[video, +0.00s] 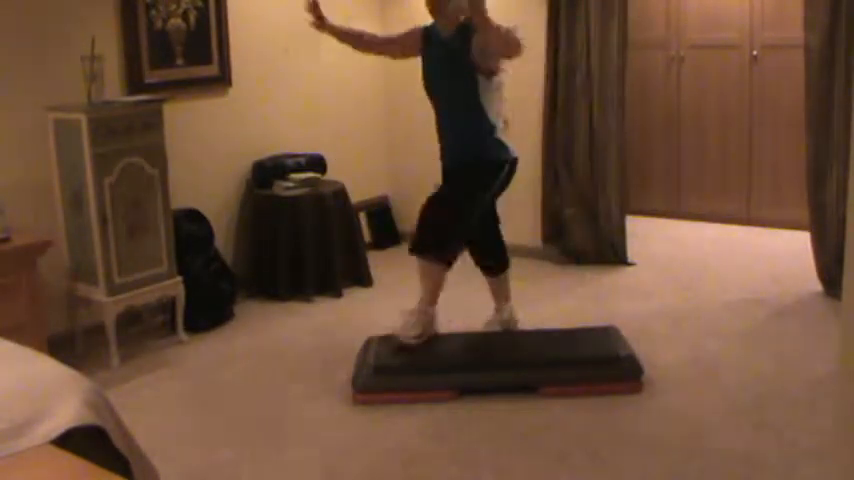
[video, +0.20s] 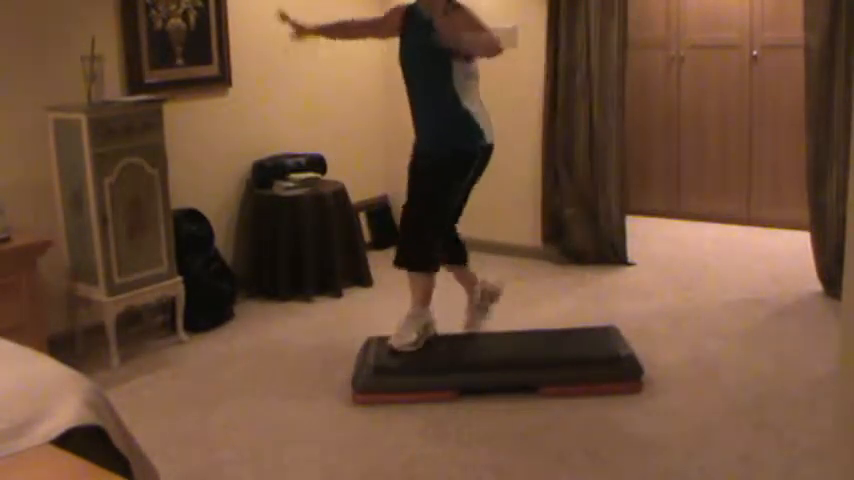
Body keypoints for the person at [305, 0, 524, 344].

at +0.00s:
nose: (433, 7)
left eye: (439, 1)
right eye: (431, 3)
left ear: (460, 3)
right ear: (430, 7)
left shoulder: (480, 34)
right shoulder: (426, 36)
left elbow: (511, 48)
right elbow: (376, 45)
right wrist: (327, 27)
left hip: (490, 158)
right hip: (457, 161)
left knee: (437, 222)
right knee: (484, 236)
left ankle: (424, 315)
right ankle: (505, 314)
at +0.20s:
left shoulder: (452, 13)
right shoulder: (406, 16)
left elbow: (492, 44)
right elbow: (362, 27)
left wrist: (453, 39)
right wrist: (312, 30)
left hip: (465, 141)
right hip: (431, 142)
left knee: (421, 228)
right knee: (431, 227)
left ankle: (420, 318)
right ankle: (477, 290)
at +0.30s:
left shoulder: (449, 8)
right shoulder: (397, 8)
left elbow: (493, 48)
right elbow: (364, 32)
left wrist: (476, 86)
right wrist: (328, 59)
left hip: (460, 129)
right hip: (423, 128)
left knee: (429, 217)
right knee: (391, 212)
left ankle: (420, 315)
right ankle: (454, 261)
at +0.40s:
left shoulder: (442, 9)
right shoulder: (394, 10)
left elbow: (492, 57)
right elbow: (385, 47)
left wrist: (487, 117)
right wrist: (366, 86)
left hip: (456, 131)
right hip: (417, 123)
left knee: (425, 219)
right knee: (362, 173)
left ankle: (421, 315)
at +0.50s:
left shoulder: (441, 21)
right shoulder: (387, 18)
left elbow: (490, 71)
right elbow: (400, 77)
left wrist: (490, 131)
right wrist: (398, 124)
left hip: (451, 136)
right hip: (411, 128)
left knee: (418, 221)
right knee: (351, 155)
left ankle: (420, 316)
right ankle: (403, 209)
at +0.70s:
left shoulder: (450, 17)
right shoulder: (387, 11)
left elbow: (498, 66)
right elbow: (365, 47)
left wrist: (513, 109)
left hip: (444, 134)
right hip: (401, 128)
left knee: (419, 223)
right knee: (365, 196)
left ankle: (420, 315)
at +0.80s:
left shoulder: (455, 11)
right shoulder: (386, 8)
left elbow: (497, 40)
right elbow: (341, 23)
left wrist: (529, 57)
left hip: (441, 132)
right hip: (398, 130)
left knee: (424, 221)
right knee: (395, 218)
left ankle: (418, 315)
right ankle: (416, 309)